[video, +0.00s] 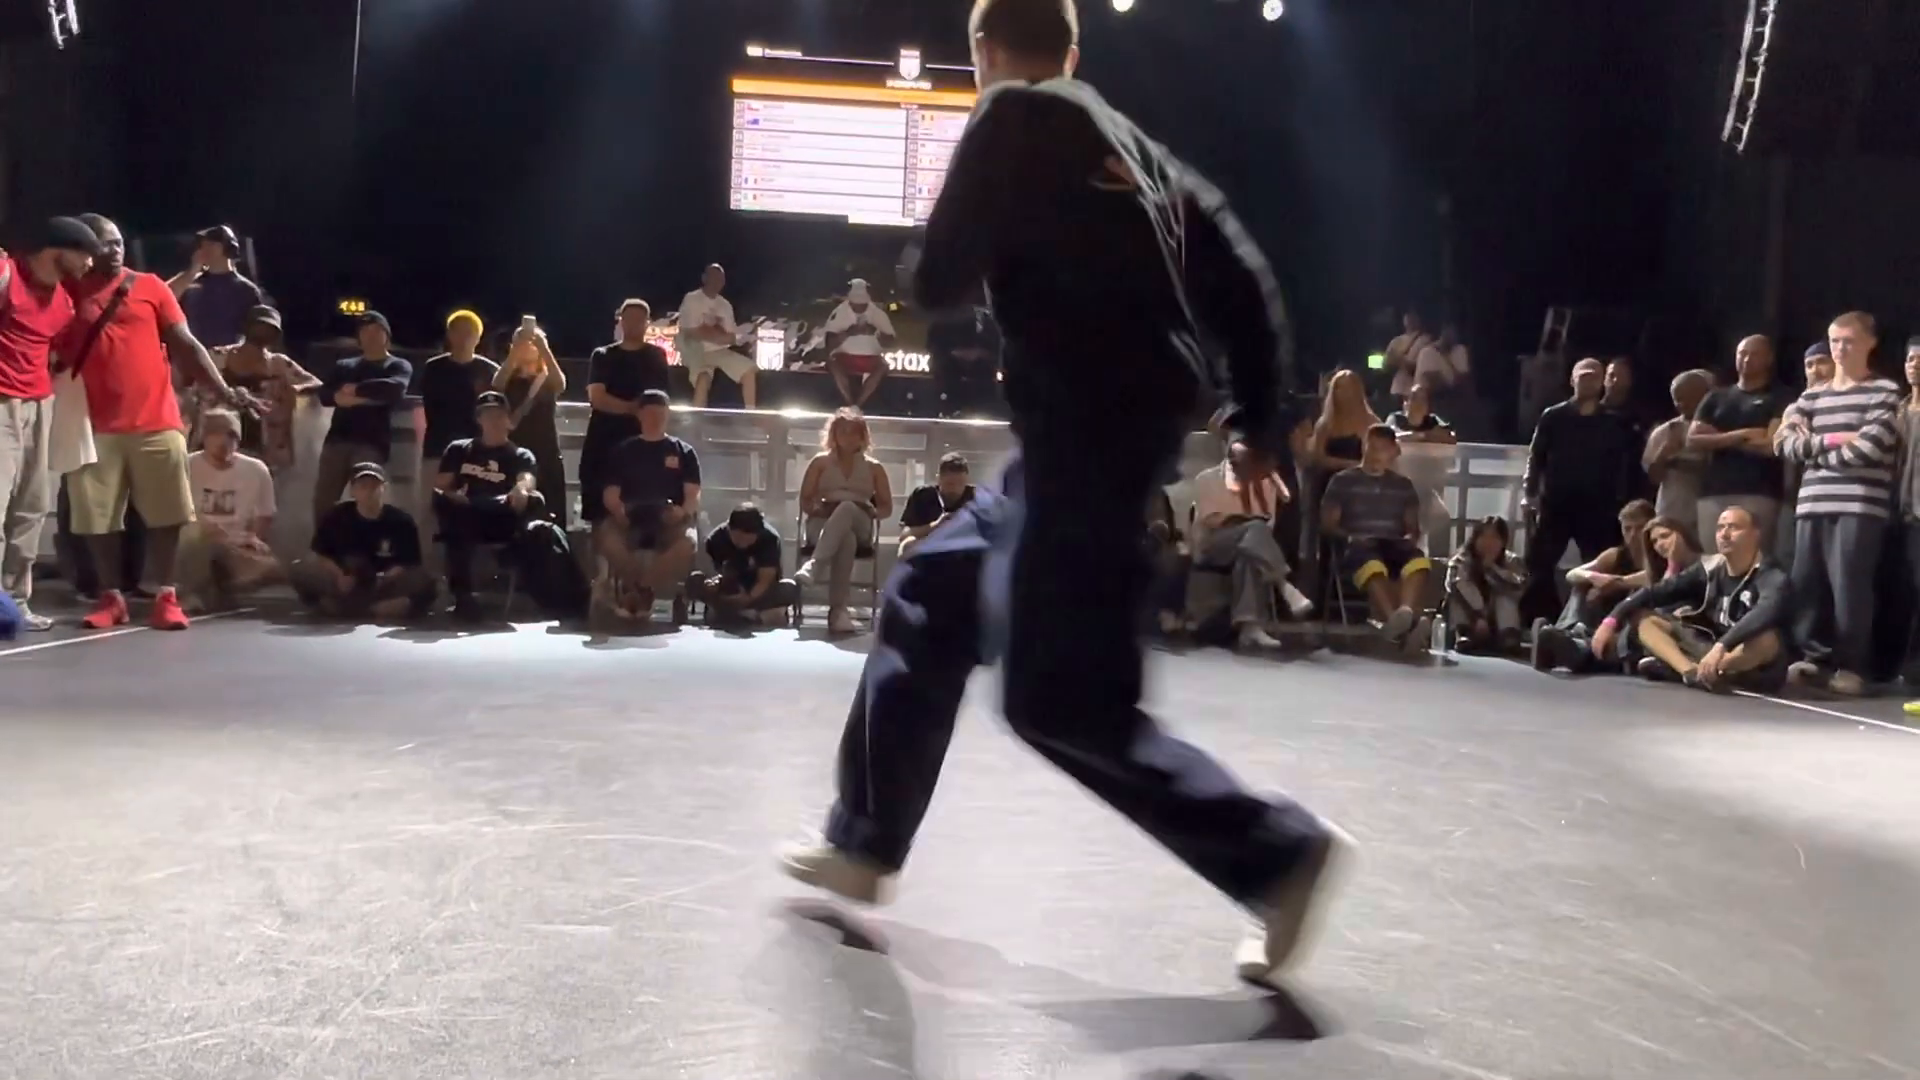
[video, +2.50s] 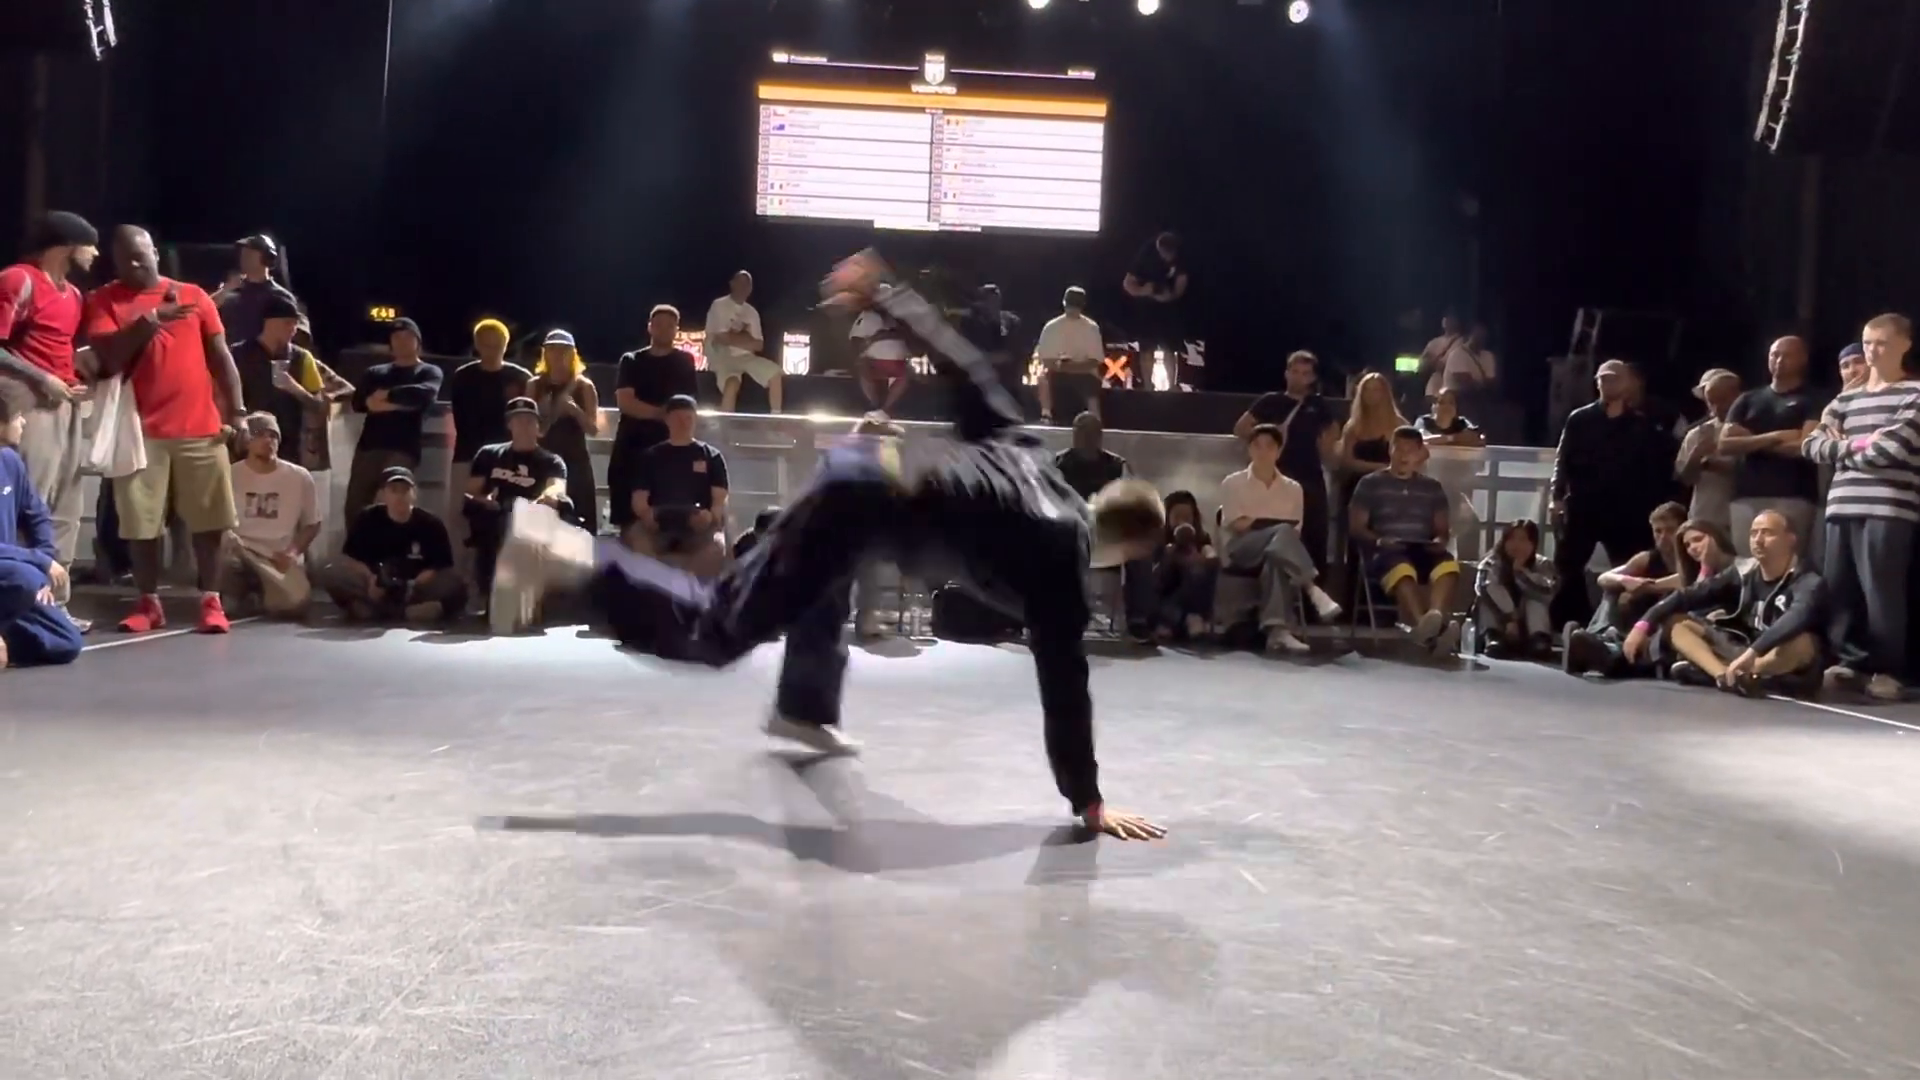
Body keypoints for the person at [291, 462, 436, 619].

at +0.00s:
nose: (368, 492)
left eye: (374, 486)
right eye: (363, 486)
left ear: (383, 489)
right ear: (353, 490)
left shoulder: (401, 520)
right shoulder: (336, 516)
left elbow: (410, 563)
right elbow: (320, 555)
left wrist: (384, 579)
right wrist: (339, 577)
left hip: (383, 582)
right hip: (345, 581)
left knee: (423, 581)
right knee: (301, 570)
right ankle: (374, 612)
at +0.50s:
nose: (374, 510)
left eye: (379, 504)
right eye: (368, 504)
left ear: (388, 507)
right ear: (359, 508)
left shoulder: (406, 537)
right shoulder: (342, 534)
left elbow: (416, 579)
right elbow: (327, 574)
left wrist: (390, 600)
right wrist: (346, 592)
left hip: (390, 599)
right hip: (353, 598)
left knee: (430, 596)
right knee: (310, 588)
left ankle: (354, 628)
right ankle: (380, 628)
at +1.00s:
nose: (380, 513)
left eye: (385, 507)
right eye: (373, 507)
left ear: (393, 509)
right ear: (363, 510)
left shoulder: (411, 540)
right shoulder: (347, 537)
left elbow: (421, 581)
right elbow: (330, 575)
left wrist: (393, 601)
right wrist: (351, 594)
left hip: (395, 601)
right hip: (358, 601)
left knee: (436, 600)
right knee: (313, 592)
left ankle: (360, 630)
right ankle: (385, 630)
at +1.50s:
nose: (386, 510)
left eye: (391, 504)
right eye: (380, 504)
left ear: (400, 507)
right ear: (371, 508)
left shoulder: (418, 538)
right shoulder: (354, 535)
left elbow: (427, 579)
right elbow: (335, 575)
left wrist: (401, 599)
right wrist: (357, 591)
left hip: (402, 598)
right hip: (364, 599)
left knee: (441, 597)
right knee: (321, 589)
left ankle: (367, 627)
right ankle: (392, 627)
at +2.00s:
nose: (394, 504)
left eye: (399, 499)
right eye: (388, 498)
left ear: (407, 501)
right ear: (378, 502)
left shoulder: (424, 531)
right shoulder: (362, 527)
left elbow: (432, 572)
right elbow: (345, 567)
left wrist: (407, 593)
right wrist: (364, 586)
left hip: (409, 592)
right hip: (371, 591)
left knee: (448, 591)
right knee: (328, 581)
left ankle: (373, 620)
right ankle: (398, 620)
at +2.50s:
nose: (400, 497)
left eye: (405, 491)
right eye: (394, 491)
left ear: (414, 494)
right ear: (383, 494)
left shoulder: (430, 524)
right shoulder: (367, 519)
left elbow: (440, 565)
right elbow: (350, 559)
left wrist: (412, 586)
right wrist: (369, 578)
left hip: (413, 584)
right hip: (375, 584)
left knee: (453, 583)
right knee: (330, 573)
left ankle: (374, 610)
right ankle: (402, 612)